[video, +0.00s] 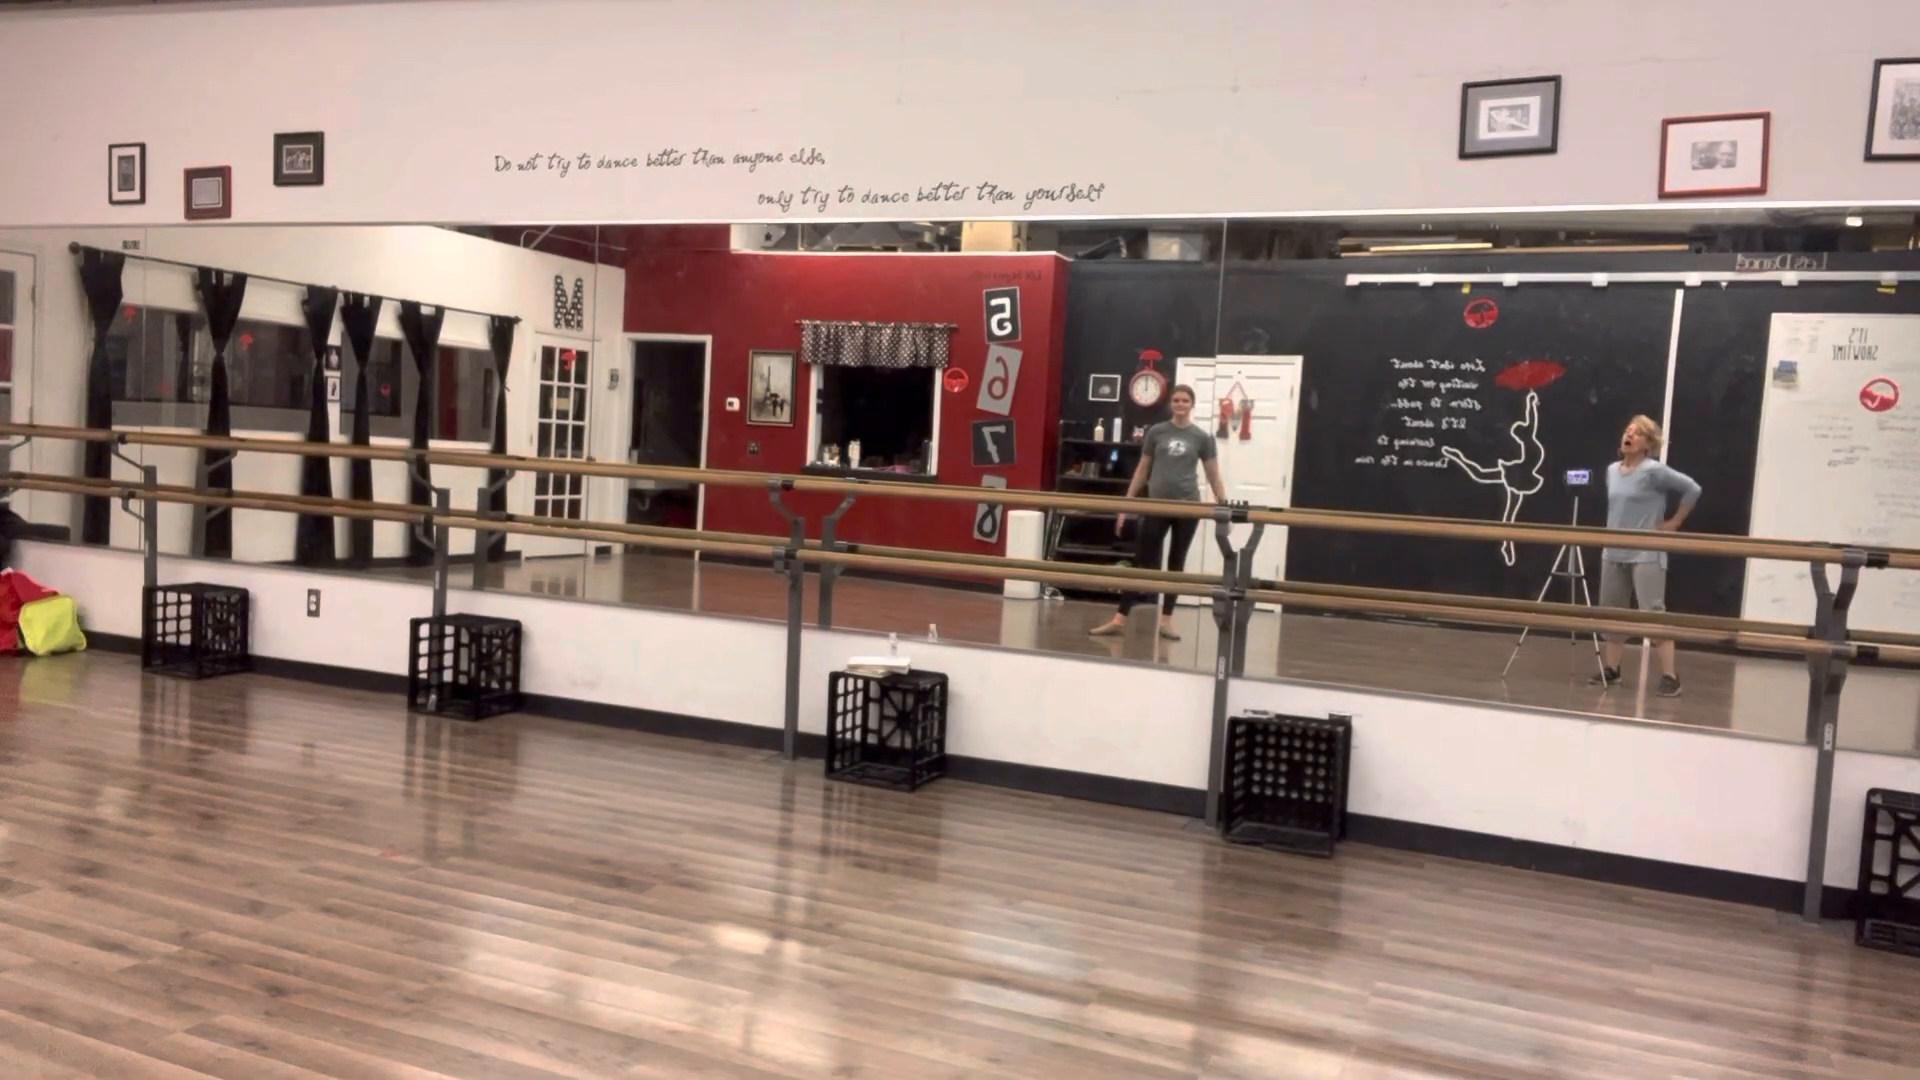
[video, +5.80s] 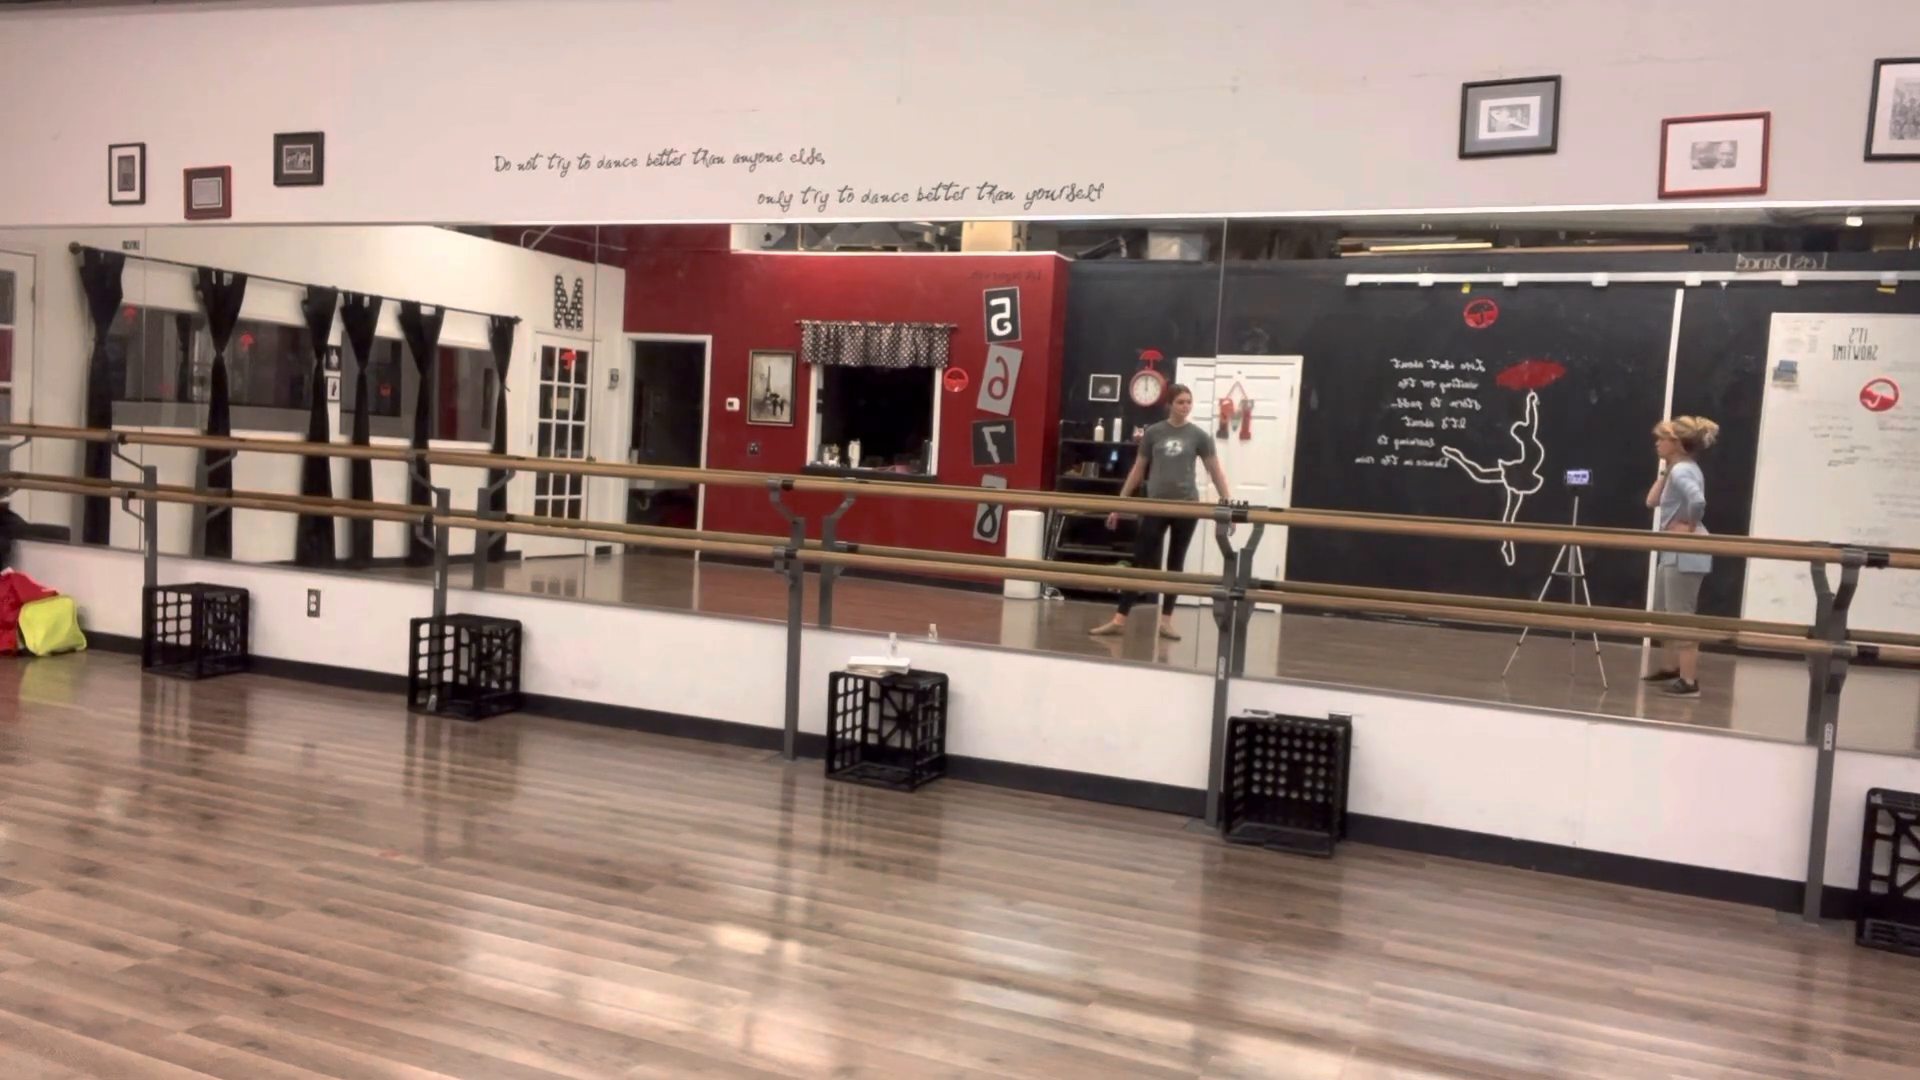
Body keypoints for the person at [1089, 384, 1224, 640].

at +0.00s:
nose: (1180, 405)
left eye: (1185, 401)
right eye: (1176, 400)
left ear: (1192, 405)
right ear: (1170, 404)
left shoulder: (1202, 437)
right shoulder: (1155, 433)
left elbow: (1213, 476)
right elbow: (1142, 471)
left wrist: (1223, 506)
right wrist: (1125, 506)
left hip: (1187, 509)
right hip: (1156, 507)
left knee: (1176, 564)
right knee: (1142, 560)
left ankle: (1165, 620)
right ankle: (1120, 618)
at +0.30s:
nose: (1181, 405)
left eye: (1185, 401)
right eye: (1177, 401)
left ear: (1193, 405)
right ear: (1171, 404)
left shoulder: (1202, 438)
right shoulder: (1155, 432)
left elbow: (1203, 476)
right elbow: (1147, 469)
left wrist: (1189, 505)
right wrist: (1153, 500)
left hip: (1185, 507)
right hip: (1157, 504)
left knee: (1176, 563)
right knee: (1142, 558)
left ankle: (1166, 619)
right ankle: (1120, 617)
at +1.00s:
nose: (1186, 406)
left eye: (1190, 403)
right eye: (1183, 402)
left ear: (1193, 407)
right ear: (1171, 404)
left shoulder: (1200, 437)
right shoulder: (1153, 433)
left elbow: (1214, 473)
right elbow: (1139, 471)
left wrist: (1229, 504)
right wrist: (1122, 506)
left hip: (1188, 509)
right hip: (1156, 507)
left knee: (1176, 563)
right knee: (1142, 560)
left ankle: (1166, 620)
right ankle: (1120, 618)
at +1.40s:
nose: (1191, 408)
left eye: (1194, 404)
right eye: (1187, 403)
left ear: (1195, 407)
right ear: (1174, 404)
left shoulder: (1201, 438)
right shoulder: (1154, 433)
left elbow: (1207, 475)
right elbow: (1144, 471)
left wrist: (1211, 508)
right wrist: (1142, 506)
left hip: (1188, 509)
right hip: (1156, 506)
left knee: (1176, 564)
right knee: (1142, 560)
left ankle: (1166, 620)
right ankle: (1120, 617)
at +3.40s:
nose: (1180, 403)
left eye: (1185, 400)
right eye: (1176, 399)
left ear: (1192, 404)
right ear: (1170, 403)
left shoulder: (1202, 436)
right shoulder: (1155, 432)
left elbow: (1218, 473)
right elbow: (1140, 470)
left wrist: (1229, 509)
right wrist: (1123, 506)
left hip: (1187, 509)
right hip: (1156, 506)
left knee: (1176, 563)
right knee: (1141, 559)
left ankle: (1166, 620)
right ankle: (1120, 618)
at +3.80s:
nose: (1180, 404)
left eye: (1185, 400)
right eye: (1176, 400)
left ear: (1192, 405)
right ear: (1170, 403)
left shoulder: (1202, 438)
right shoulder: (1155, 432)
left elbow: (1204, 478)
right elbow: (1145, 472)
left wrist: (1191, 507)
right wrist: (1148, 507)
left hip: (1185, 509)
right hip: (1157, 506)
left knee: (1176, 564)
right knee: (1141, 560)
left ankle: (1166, 620)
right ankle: (1120, 617)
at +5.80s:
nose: (1184, 406)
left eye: (1188, 402)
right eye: (1180, 402)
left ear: (1192, 406)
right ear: (1170, 404)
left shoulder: (1199, 435)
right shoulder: (1153, 433)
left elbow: (1215, 471)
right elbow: (1138, 469)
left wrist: (1227, 503)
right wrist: (1119, 505)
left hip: (1186, 508)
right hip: (1155, 506)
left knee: (1175, 564)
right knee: (1141, 559)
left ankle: (1166, 620)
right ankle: (1119, 618)